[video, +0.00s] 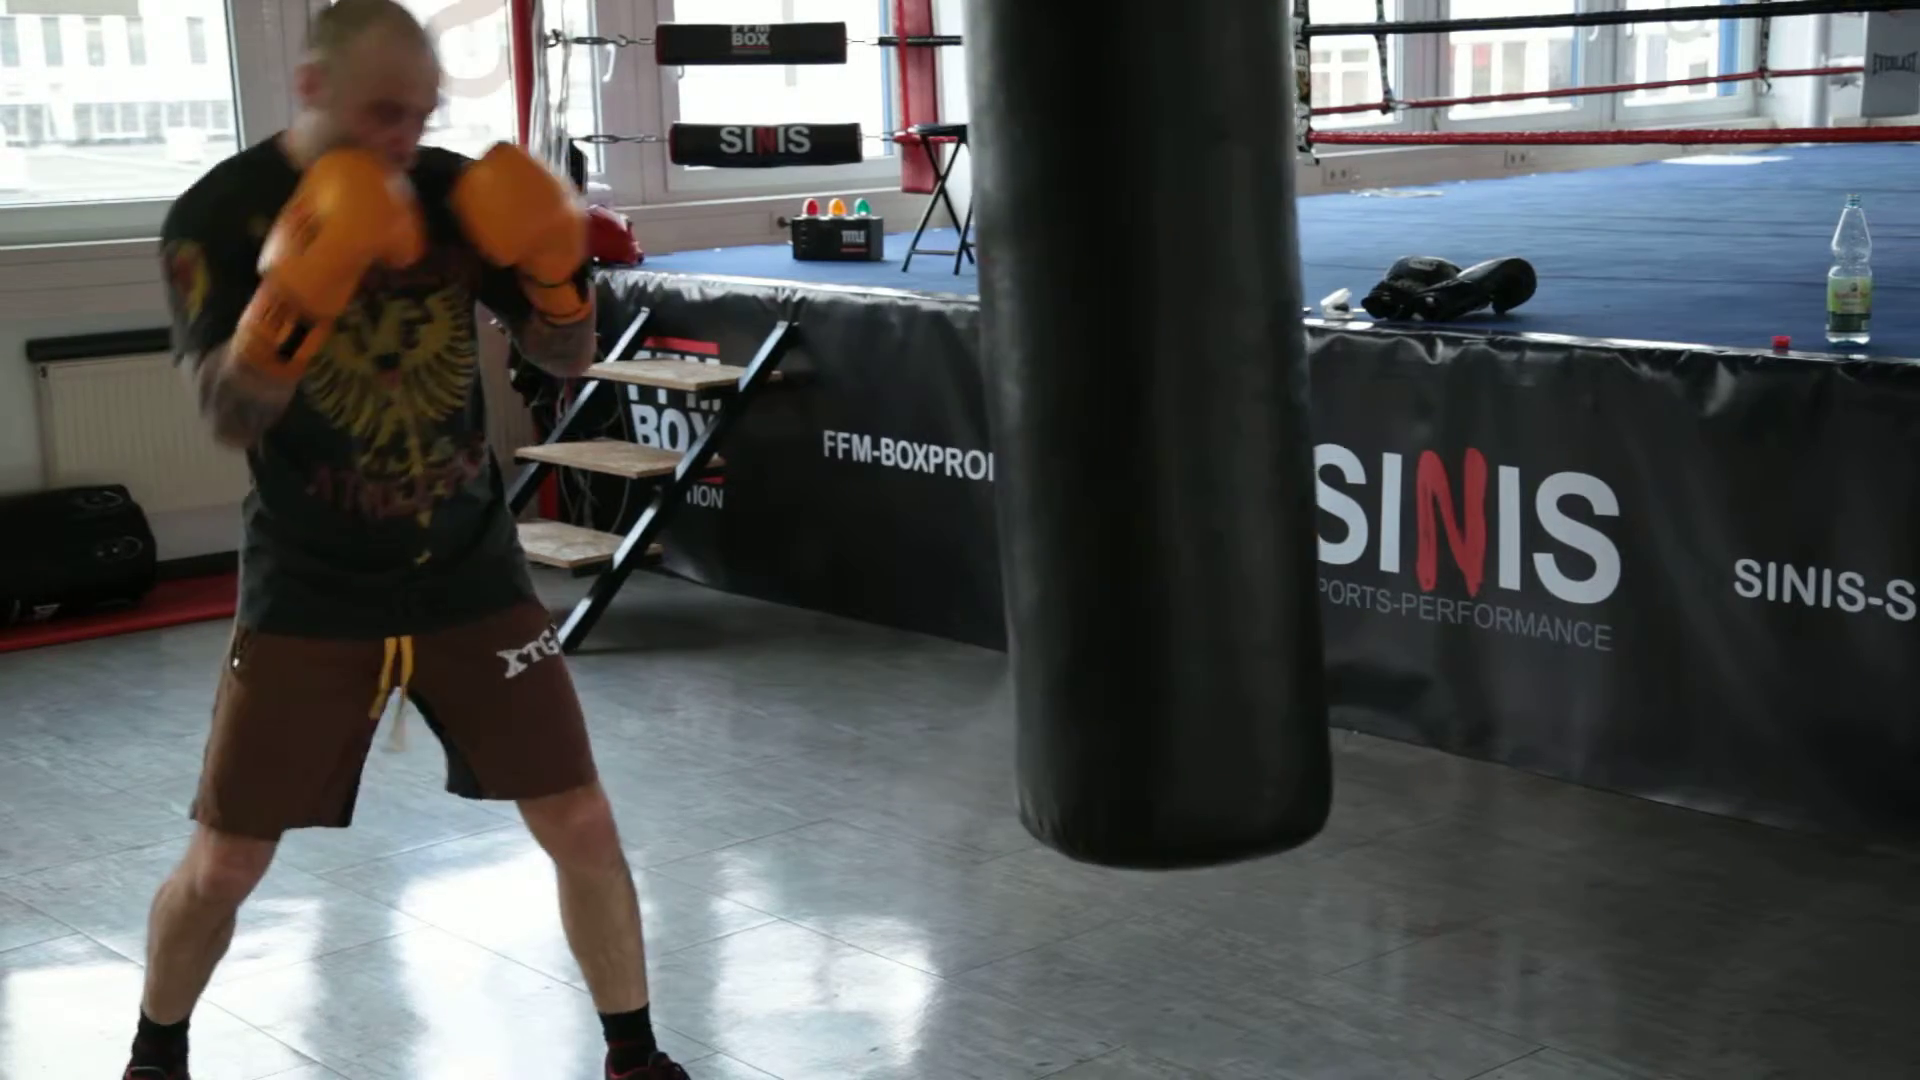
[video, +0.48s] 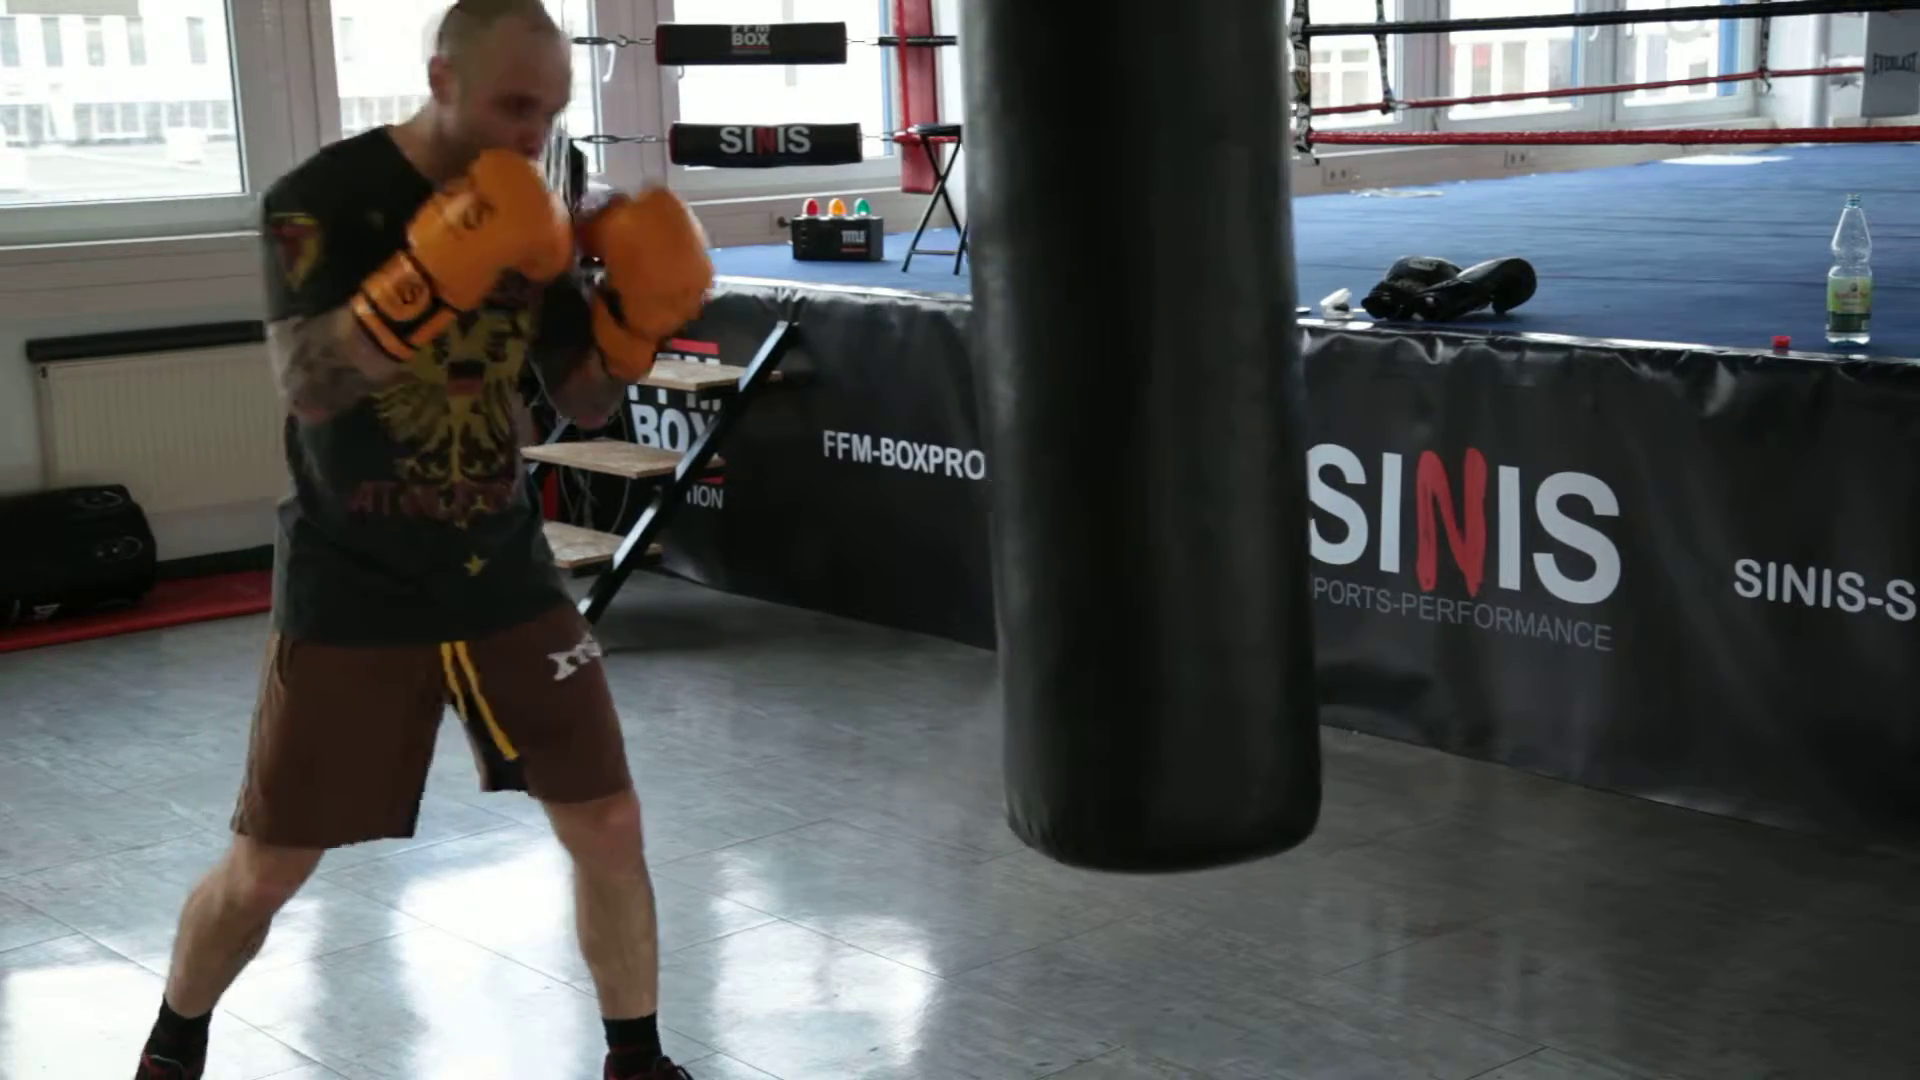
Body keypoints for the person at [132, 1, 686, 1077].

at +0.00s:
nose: (408, 139)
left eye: (423, 113)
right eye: (384, 112)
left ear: (439, 99)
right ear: (311, 88)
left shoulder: (457, 192)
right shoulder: (223, 216)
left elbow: (557, 372)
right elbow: (231, 418)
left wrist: (558, 279)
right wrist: (294, 294)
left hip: (469, 561)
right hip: (311, 574)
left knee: (583, 824)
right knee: (226, 865)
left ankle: (636, 1058)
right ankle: (156, 1058)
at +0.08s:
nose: (364, 181)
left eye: (379, 154)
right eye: (338, 158)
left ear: (396, 140)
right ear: (268, 139)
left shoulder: (432, 209)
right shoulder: (203, 256)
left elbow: (576, 355)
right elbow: (236, 466)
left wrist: (525, 284)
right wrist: (275, 353)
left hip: (469, 578)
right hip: (307, 595)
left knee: (593, 828)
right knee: (225, 879)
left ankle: (640, 1058)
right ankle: (163, 1062)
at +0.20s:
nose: (375, 198)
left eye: (389, 169)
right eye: (346, 176)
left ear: (403, 152)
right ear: (273, 158)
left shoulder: (440, 218)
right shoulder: (210, 265)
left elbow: (557, 390)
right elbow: (236, 471)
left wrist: (535, 319)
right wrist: (282, 388)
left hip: (479, 580)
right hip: (319, 599)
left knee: (603, 824)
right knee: (234, 878)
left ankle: (644, 1061)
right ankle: (161, 1062)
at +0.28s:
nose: (425, 151)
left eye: (437, 125)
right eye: (401, 127)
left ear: (451, 106)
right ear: (328, 106)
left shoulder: (470, 195)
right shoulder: (236, 224)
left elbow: (551, 370)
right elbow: (237, 429)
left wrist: (567, 286)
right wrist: (318, 321)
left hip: (484, 557)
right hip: (330, 573)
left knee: (594, 815)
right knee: (250, 862)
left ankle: (637, 1058)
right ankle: (168, 1060)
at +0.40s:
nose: (502, 124)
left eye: (520, 101)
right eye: (482, 98)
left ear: (536, 86)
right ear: (411, 71)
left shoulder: (524, 202)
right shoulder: (296, 197)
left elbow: (575, 388)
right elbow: (277, 383)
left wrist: (619, 291)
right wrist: (390, 271)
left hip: (498, 562)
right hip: (345, 573)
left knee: (604, 822)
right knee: (267, 866)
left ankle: (638, 1060)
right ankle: (171, 1057)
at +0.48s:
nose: (533, 133)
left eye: (549, 110)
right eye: (513, 107)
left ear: (560, 97)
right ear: (440, 80)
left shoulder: (532, 214)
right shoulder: (321, 202)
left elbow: (571, 404)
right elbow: (305, 385)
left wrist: (632, 325)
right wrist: (432, 279)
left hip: (502, 560)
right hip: (352, 572)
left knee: (608, 823)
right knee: (269, 867)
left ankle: (638, 1063)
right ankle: (172, 1053)